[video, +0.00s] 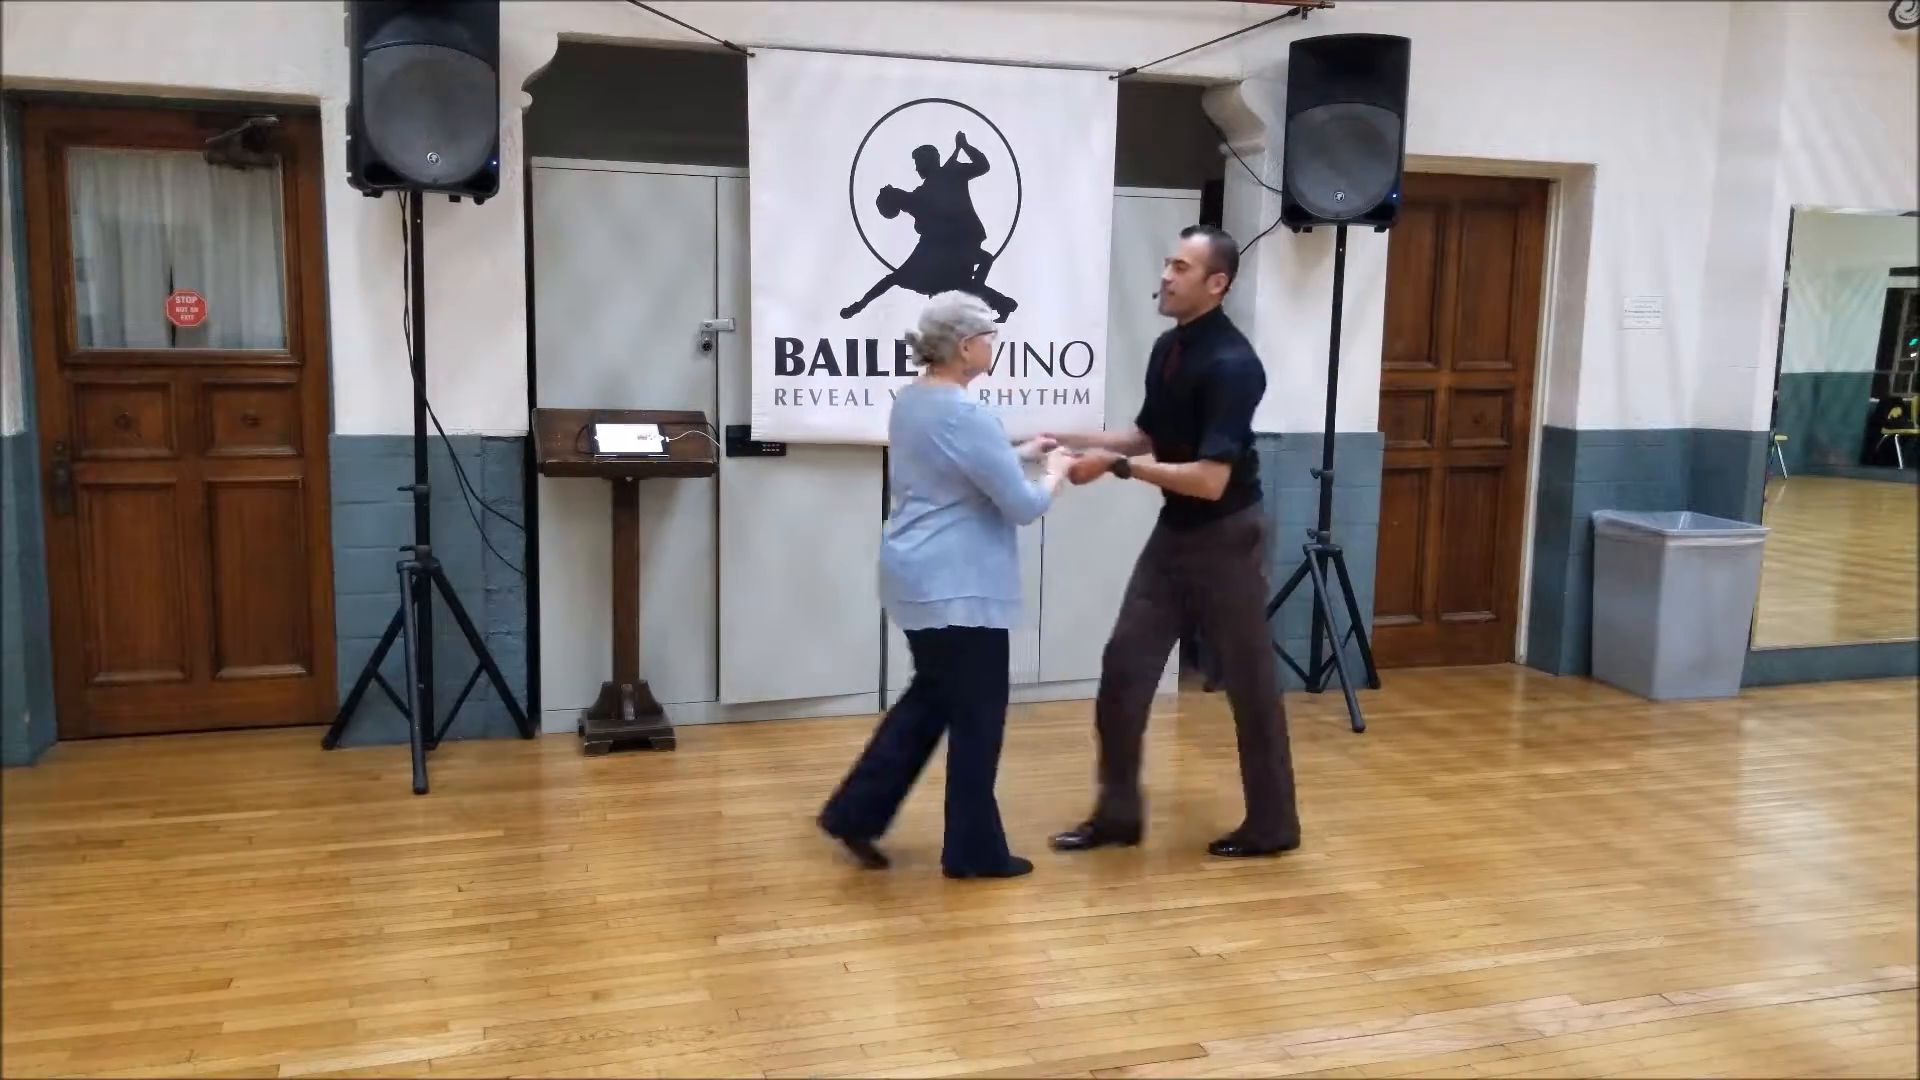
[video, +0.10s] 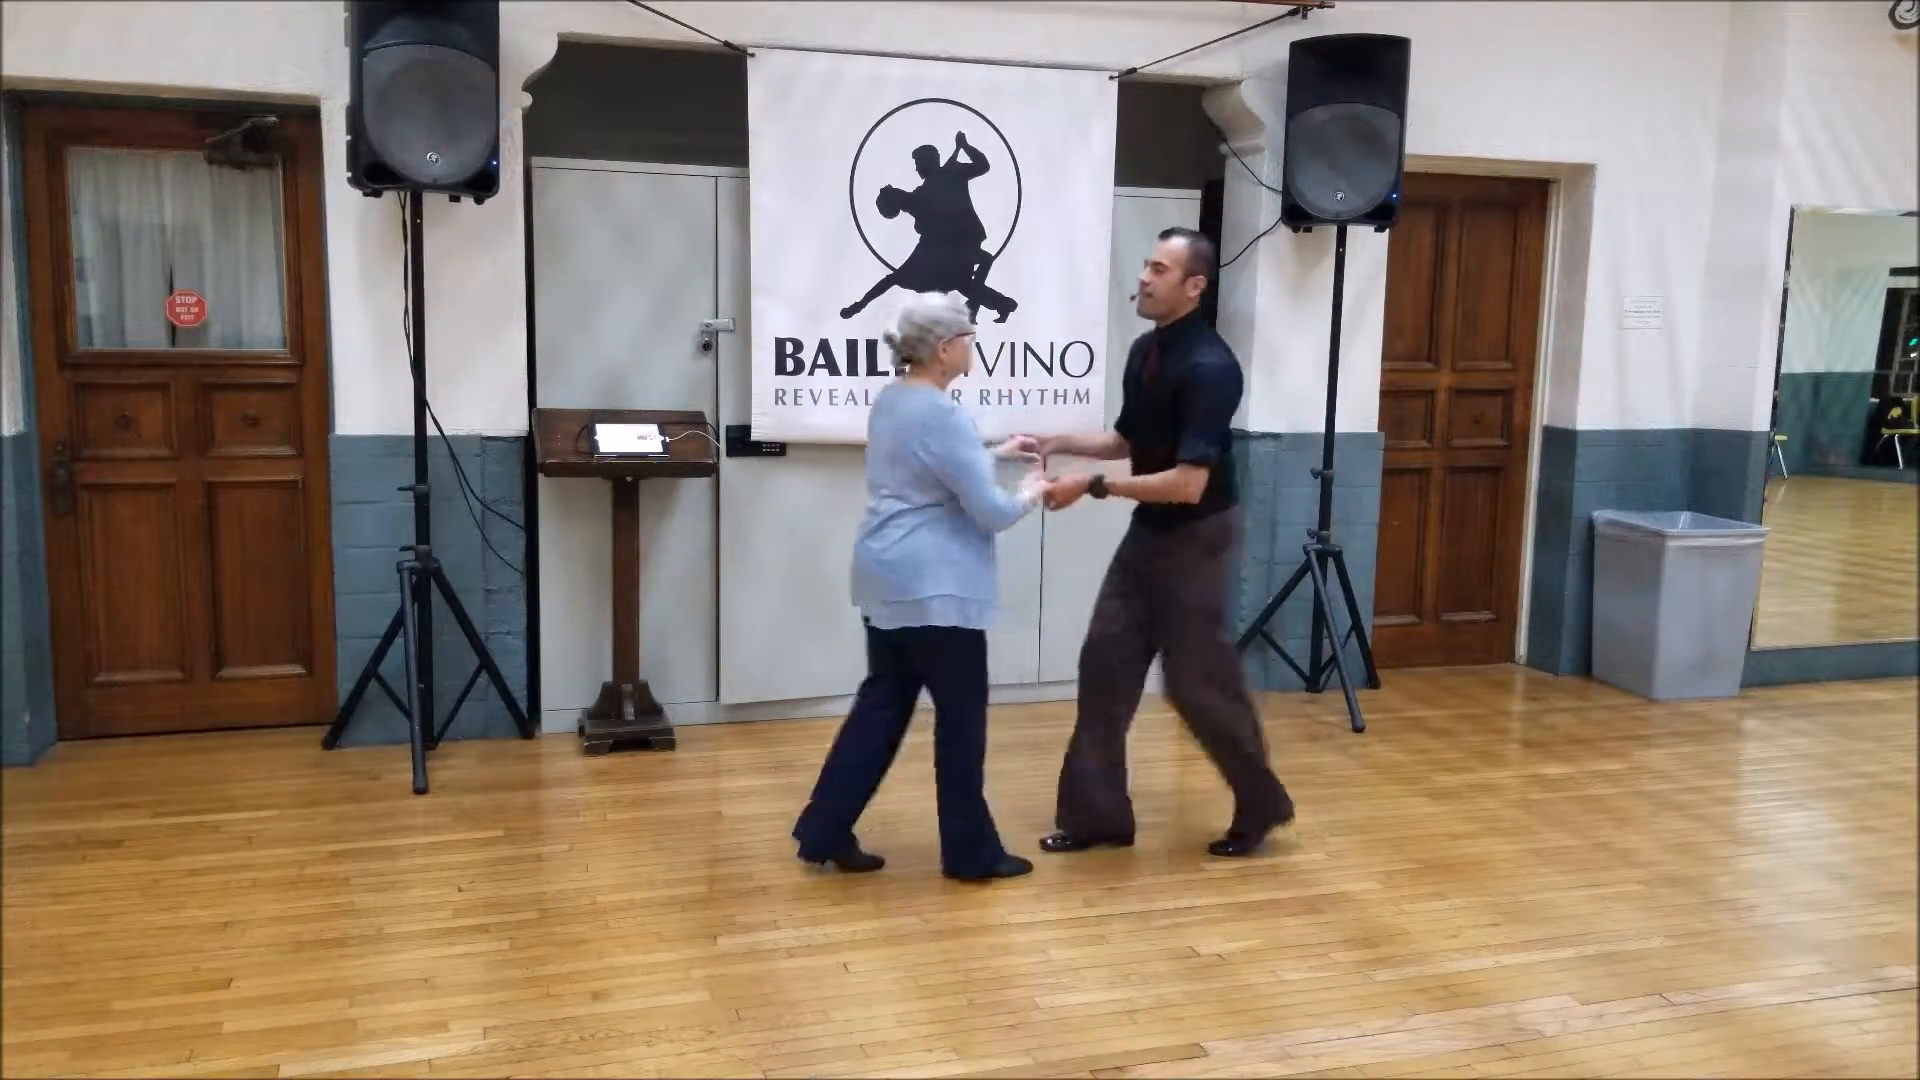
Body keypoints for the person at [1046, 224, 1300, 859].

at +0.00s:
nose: (1165, 276)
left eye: (1180, 269)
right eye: (1168, 265)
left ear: (1217, 284)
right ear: (1184, 277)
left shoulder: (1233, 362)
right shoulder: (1170, 347)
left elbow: (1211, 480)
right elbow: (1148, 439)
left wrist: (1120, 464)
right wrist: (1075, 444)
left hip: (1228, 540)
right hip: (1175, 533)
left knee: (1251, 682)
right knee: (1125, 667)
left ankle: (1273, 825)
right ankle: (1118, 817)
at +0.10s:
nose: (1143, 277)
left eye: (1157, 271)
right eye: (1146, 267)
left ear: (1194, 287)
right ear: (1169, 283)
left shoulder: (1210, 366)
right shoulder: (1147, 351)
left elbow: (1188, 485)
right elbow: (1129, 443)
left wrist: (1095, 483)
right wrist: (1051, 443)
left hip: (1199, 537)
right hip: (1149, 532)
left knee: (1197, 678)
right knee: (1105, 666)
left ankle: (1261, 804)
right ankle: (1096, 815)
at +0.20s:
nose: (1117, 282)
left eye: (1132, 274)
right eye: (1119, 271)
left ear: (1169, 288)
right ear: (1135, 285)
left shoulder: (1183, 366)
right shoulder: (1122, 357)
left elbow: (1164, 485)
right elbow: (1101, 451)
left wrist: (1069, 517)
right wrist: (1028, 470)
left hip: (1163, 533)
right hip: (1122, 526)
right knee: (1083, 667)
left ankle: (1179, 772)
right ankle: (1099, 821)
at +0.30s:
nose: (1103, 283)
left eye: (1118, 275)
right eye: (1106, 272)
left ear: (1155, 289)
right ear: (1126, 287)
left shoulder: (1173, 367)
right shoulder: (1110, 361)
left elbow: (1153, 480)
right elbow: (1088, 458)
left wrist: (1056, 520)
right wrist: (1018, 482)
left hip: (1153, 533)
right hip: (1109, 527)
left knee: (1064, 653)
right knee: (1090, 660)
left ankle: (1112, 786)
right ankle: (1089, 818)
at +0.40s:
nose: (1086, 279)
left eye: (1101, 271)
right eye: (1088, 268)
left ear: (1138, 287)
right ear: (1102, 283)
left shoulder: (1155, 361)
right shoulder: (1092, 359)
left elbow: (1138, 468)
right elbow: (1072, 458)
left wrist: (1038, 508)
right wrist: (1002, 486)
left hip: (1136, 533)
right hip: (1092, 528)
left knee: (1054, 663)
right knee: (1080, 664)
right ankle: (1097, 812)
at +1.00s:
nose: (1079, 272)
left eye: (1094, 265)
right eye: (1080, 261)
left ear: (1131, 277)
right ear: (1081, 269)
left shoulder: (1156, 355)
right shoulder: (1071, 351)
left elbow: (1152, 468)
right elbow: (1041, 446)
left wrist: (1056, 471)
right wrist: (966, 473)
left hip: (1132, 531)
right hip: (1082, 524)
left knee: (1074, 669)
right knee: (1047, 667)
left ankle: (1035, 829)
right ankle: (1074, 812)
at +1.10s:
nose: (1096, 266)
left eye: (1110, 258)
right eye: (1096, 255)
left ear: (1148, 270)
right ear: (1098, 264)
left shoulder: (1178, 348)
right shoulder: (1086, 349)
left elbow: (1183, 459)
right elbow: (1051, 447)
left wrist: (1083, 453)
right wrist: (974, 467)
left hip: (1151, 526)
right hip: (1098, 521)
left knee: (1095, 652)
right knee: (1062, 659)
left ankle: (1128, 817)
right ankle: (1060, 817)